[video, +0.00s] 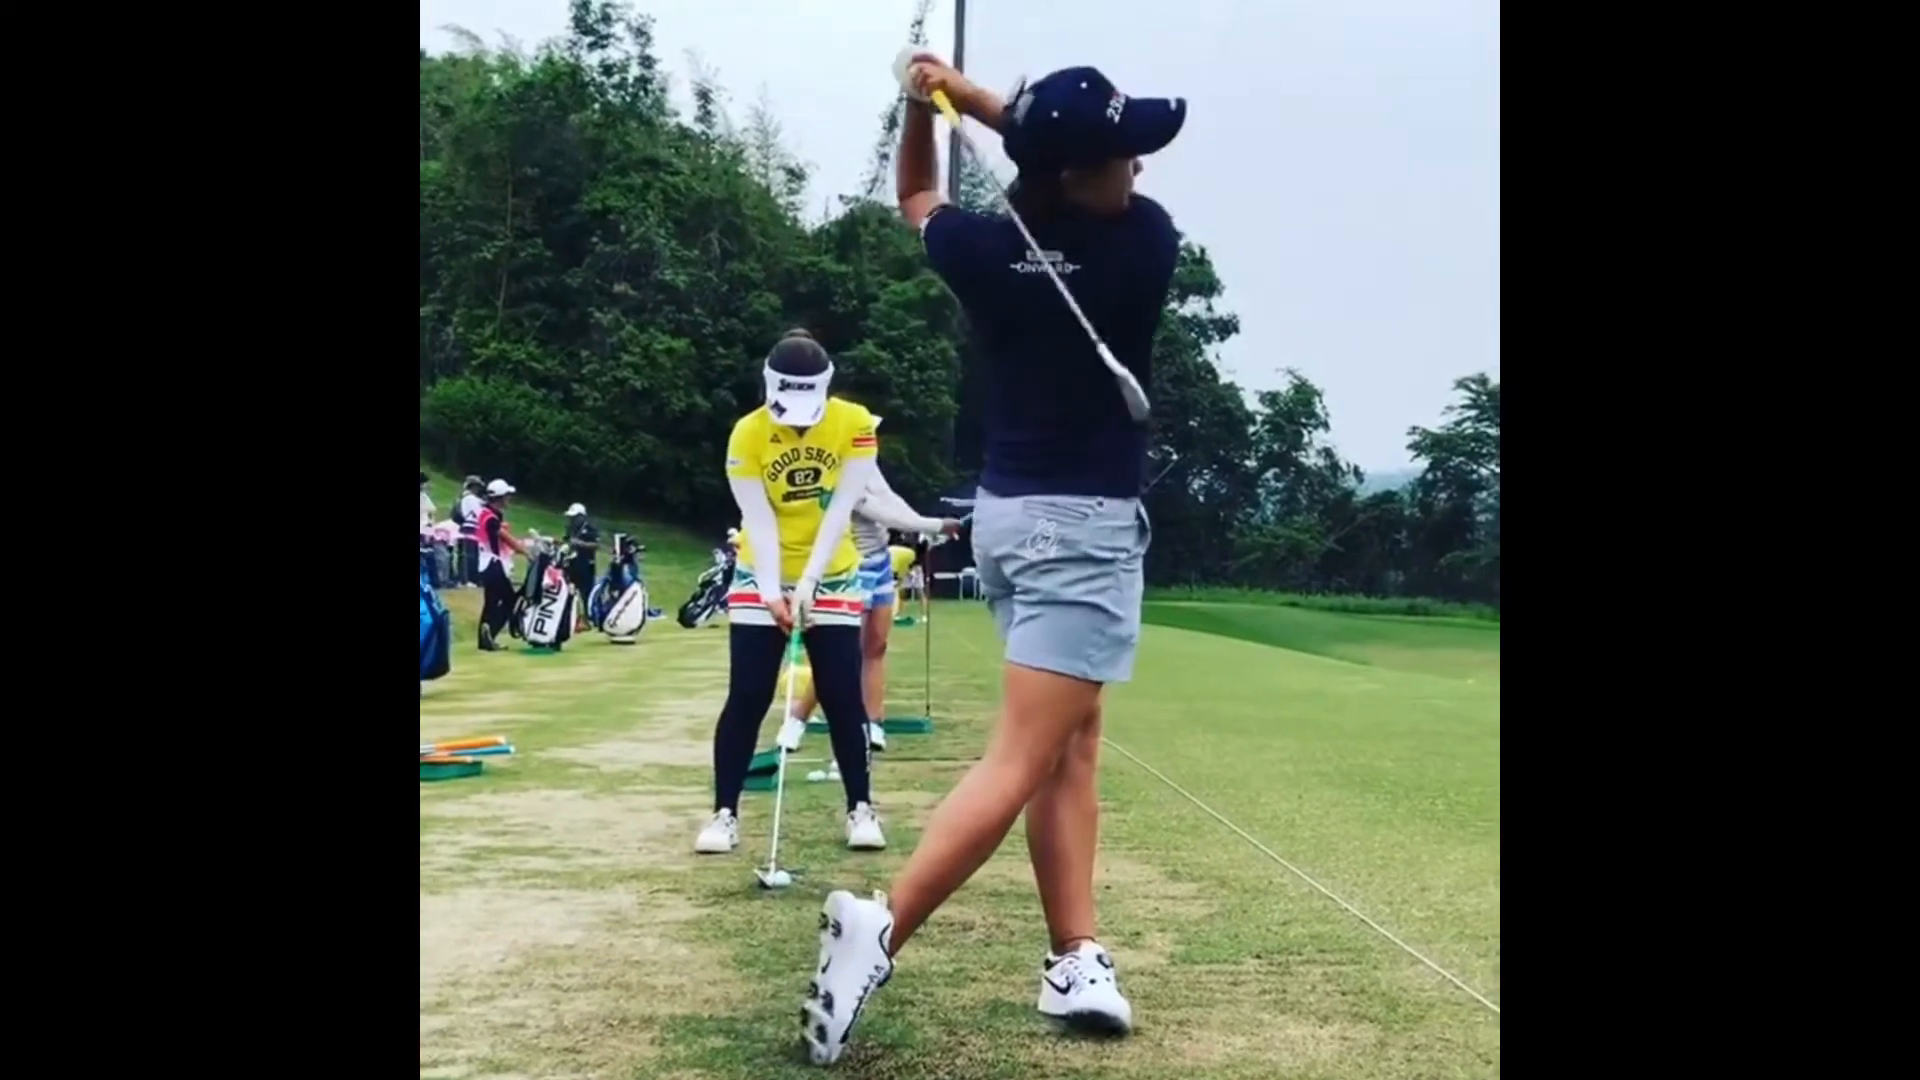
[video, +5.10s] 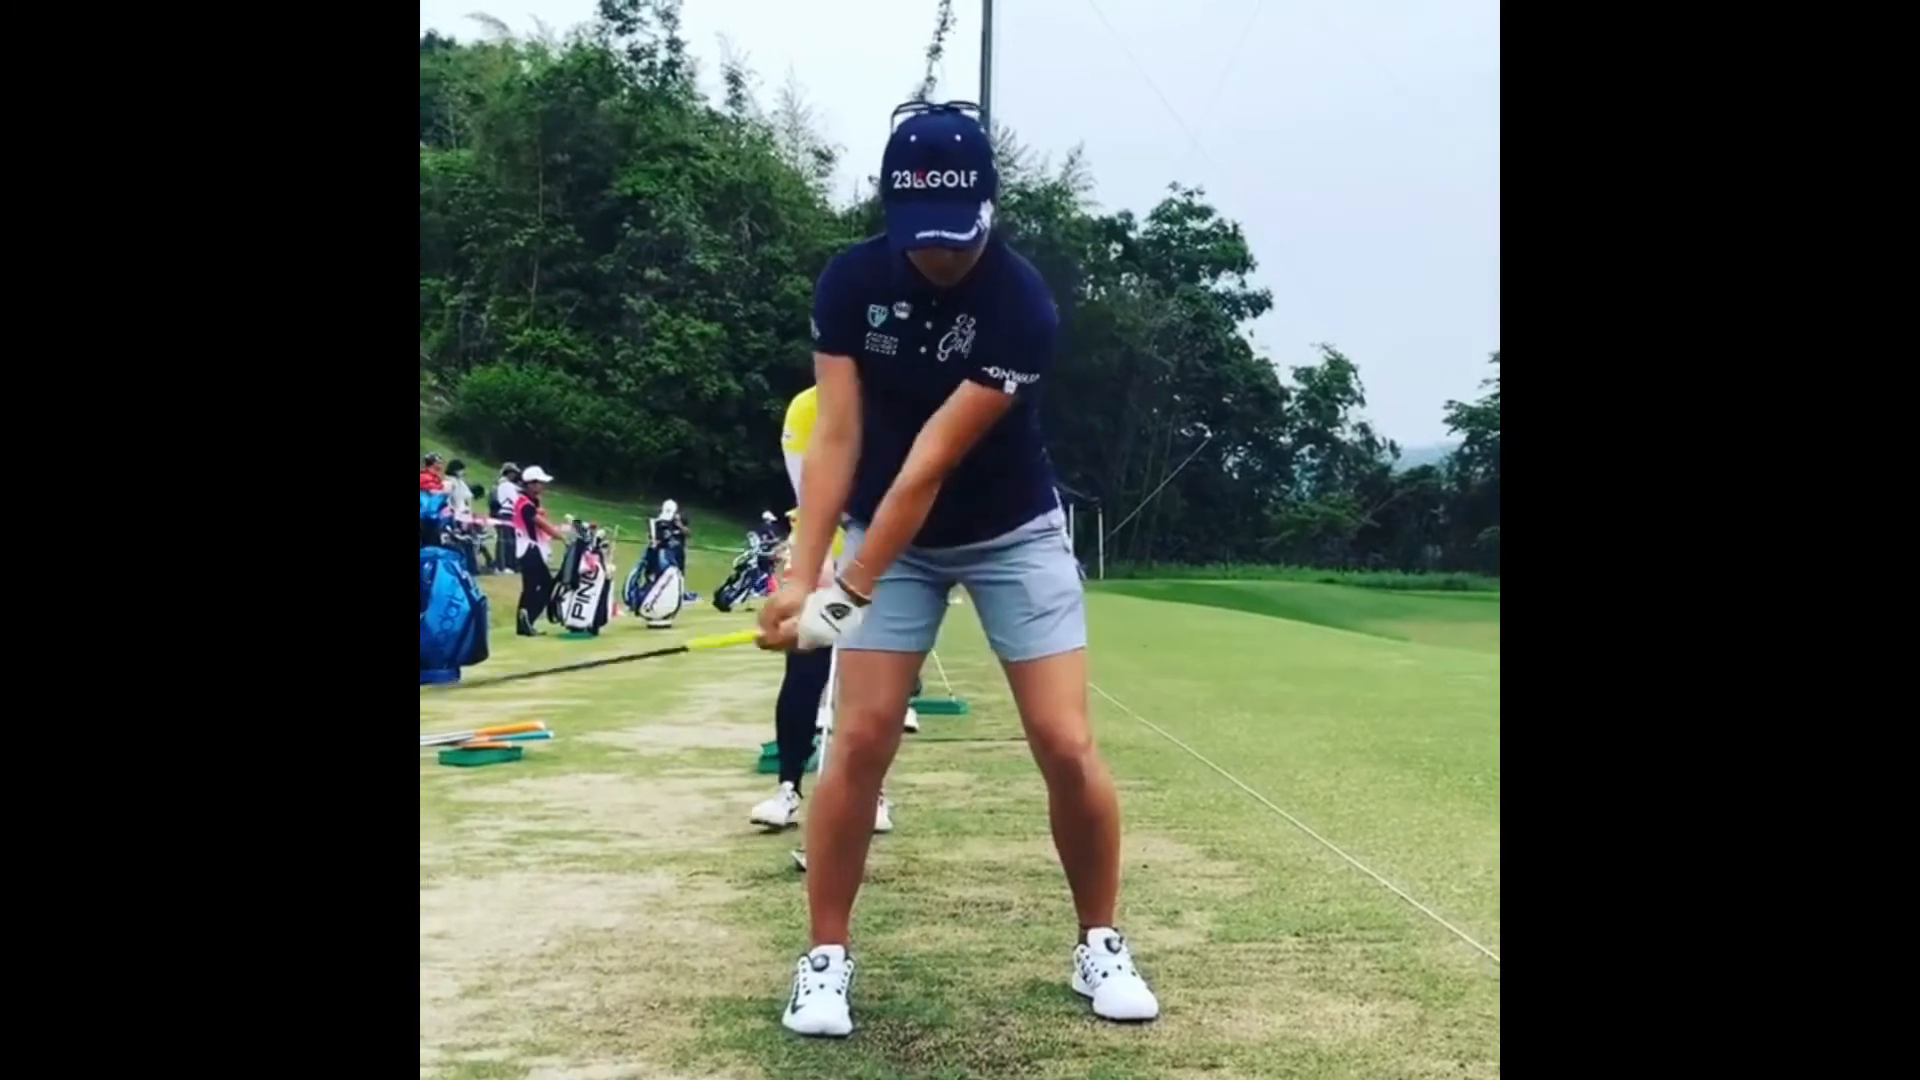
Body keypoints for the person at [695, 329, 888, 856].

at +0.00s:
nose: (795, 414)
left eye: (806, 403)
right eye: (785, 402)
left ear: (826, 387)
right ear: (770, 387)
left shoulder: (856, 424)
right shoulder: (747, 437)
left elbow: (844, 505)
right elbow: (758, 522)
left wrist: (808, 579)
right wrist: (769, 587)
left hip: (834, 576)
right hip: (759, 575)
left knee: (841, 696)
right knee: (747, 696)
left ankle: (860, 808)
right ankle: (724, 814)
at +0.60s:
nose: (789, 425)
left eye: (799, 414)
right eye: (779, 413)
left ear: (819, 398)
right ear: (764, 398)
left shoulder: (849, 434)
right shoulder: (741, 445)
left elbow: (833, 516)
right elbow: (755, 530)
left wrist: (797, 588)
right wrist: (770, 599)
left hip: (823, 587)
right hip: (750, 585)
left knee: (830, 703)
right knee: (736, 702)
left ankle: (849, 816)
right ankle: (710, 821)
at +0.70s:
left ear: (885, 348)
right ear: (833, 344)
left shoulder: (897, 400)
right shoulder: (809, 402)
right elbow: (809, 495)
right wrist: (829, 558)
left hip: (875, 567)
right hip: (813, 567)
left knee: (874, 692)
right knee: (816, 681)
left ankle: (868, 784)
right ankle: (811, 786)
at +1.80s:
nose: (822, 407)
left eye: (833, 396)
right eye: (812, 395)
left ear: (852, 380)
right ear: (797, 380)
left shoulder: (885, 419)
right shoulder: (776, 430)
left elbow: (874, 505)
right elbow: (784, 517)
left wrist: (834, 573)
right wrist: (793, 582)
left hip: (861, 573)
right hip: (788, 572)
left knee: (862, 694)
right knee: (770, 690)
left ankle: (873, 806)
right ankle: (741, 808)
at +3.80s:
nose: (829, 404)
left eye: (840, 393)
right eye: (819, 392)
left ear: (860, 377)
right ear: (804, 376)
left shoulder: (893, 418)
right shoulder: (783, 429)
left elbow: (882, 504)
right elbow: (791, 515)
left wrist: (843, 569)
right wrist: (801, 578)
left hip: (868, 571)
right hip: (795, 568)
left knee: (869, 699)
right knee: (777, 688)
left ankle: (881, 813)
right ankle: (749, 806)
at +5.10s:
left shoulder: (898, 409)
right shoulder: (806, 409)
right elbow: (809, 501)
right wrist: (818, 563)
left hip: (884, 547)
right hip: (825, 549)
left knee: (876, 681)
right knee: (805, 667)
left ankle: (871, 786)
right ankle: (789, 786)